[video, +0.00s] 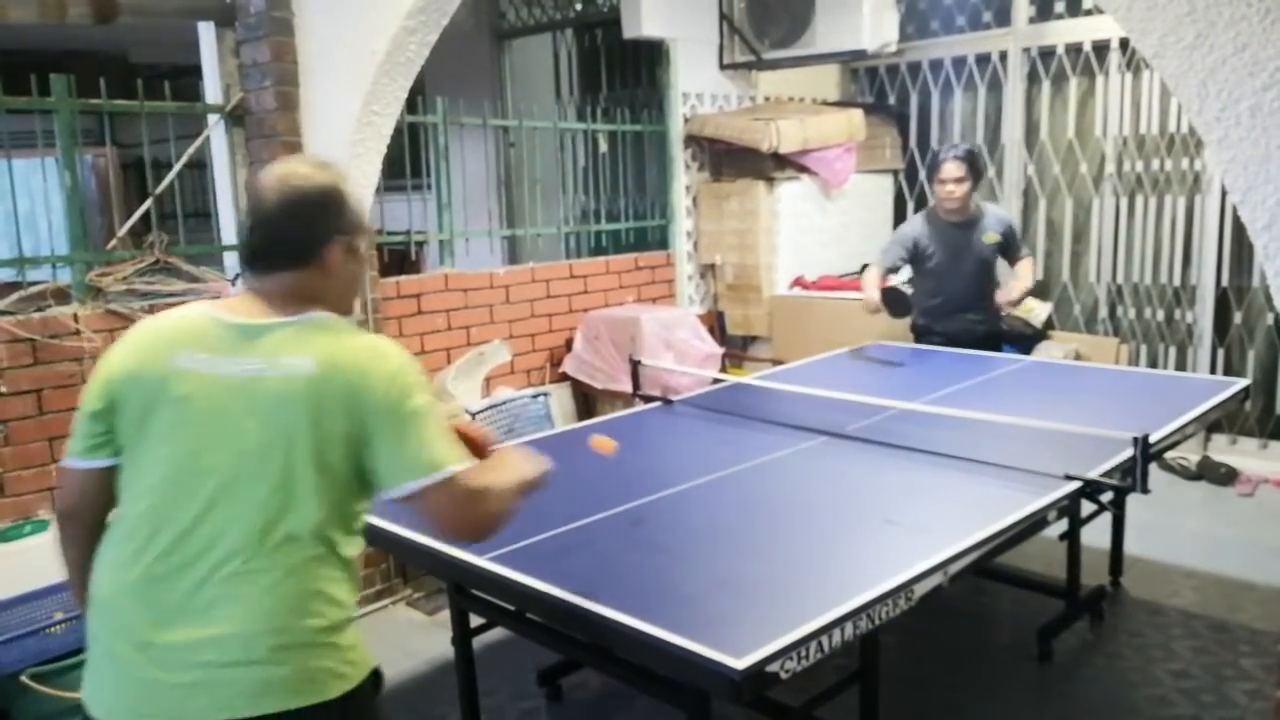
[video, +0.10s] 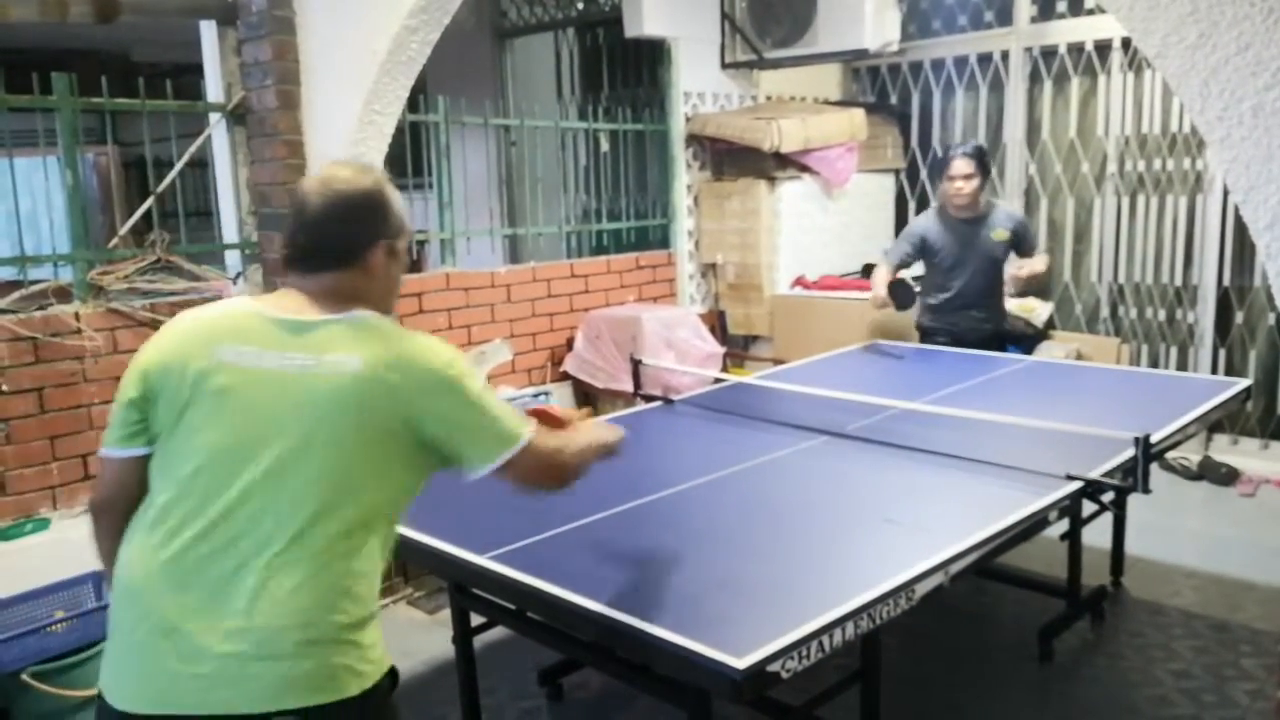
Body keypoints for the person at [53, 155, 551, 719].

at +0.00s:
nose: (371, 266)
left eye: (369, 248)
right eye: (367, 248)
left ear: (255, 247)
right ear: (336, 254)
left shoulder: (142, 346)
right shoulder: (368, 362)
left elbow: (75, 506)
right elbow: (462, 516)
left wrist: (101, 611)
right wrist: (508, 473)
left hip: (129, 685)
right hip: (292, 682)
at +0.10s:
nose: (404, 271)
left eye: (404, 254)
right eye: (402, 254)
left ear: (293, 253)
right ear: (380, 256)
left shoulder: (182, 338)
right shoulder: (411, 362)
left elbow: (111, 500)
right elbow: (545, 467)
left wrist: (136, 603)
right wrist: (589, 441)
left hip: (146, 682)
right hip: (311, 684)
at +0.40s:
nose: (407, 269)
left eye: (408, 253)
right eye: (406, 253)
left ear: (289, 251)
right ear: (383, 258)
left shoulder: (183, 335)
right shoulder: (419, 364)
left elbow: (110, 500)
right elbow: (517, 481)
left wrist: (155, 594)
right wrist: (537, 450)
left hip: (145, 688)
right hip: (314, 687)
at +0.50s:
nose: (379, 269)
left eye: (381, 252)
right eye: (377, 252)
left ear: (260, 249)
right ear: (349, 257)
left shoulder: (152, 341)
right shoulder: (390, 366)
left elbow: (85, 507)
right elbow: (460, 516)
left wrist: (129, 599)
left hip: (131, 688)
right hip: (297, 687)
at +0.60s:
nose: (326, 269)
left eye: (327, 251)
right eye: (323, 252)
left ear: (214, 250)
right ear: (296, 257)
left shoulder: (102, 352)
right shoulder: (340, 370)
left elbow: (49, 520)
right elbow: (391, 541)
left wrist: (89, 612)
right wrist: (425, 552)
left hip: (101, 692)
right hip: (269, 688)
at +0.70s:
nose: (288, 265)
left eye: (287, 244)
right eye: (280, 243)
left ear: (163, 245)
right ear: (242, 251)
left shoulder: (57, 354)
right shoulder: (290, 367)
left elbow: (15, 535)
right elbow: (329, 557)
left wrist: (43, 631)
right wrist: (373, 564)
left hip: (72, 693)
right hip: (240, 694)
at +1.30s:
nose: (336, 254)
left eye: (337, 239)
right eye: (333, 239)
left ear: (227, 240)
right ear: (308, 248)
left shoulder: (124, 343)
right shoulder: (348, 359)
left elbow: (72, 506)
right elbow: (381, 542)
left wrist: (105, 610)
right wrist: (380, 576)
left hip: (146, 672)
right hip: (300, 669)